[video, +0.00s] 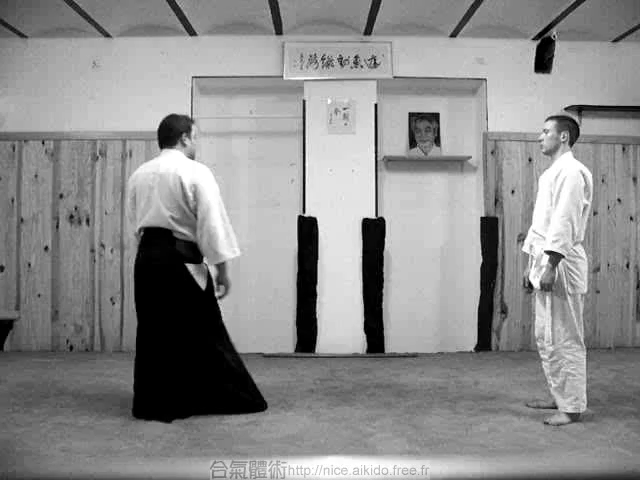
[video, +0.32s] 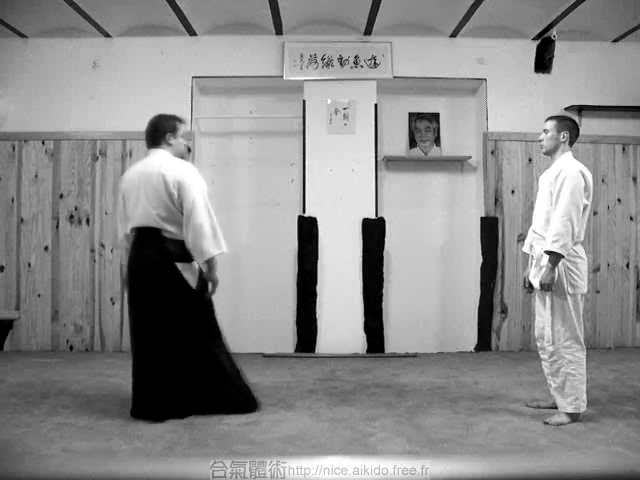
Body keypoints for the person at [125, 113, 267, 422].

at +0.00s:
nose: (196, 142)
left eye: (195, 136)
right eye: (194, 137)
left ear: (161, 140)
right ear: (185, 138)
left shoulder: (138, 174)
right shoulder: (195, 173)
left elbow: (136, 223)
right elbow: (212, 226)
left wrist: (151, 250)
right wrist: (221, 270)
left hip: (146, 259)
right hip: (182, 260)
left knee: (152, 332)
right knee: (203, 330)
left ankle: (152, 401)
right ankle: (240, 396)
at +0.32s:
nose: (188, 145)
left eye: (188, 139)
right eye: (184, 139)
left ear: (154, 140)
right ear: (169, 139)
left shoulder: (130, 174)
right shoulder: (182, 171)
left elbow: (126, 227)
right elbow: (199, 225)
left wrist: (130, 265)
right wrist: (210, 269)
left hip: (139, 260)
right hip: (173, 260)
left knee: (148, 334)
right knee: (195, 331)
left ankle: (151, 402)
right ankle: (231, 397)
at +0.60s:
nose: (184, 143)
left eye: (183, 136)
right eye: (181, 137)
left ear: (152, 140)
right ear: (166, 139)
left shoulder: (128, 174)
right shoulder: (178, 170)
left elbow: (126, 227)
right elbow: (213, 211)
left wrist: (136, 254)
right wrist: (244, 248)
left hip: (141, 257)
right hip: (175, 257)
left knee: (148, 331)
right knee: (195, 329)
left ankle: (151, 402)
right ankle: (226, 397)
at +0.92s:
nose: (197, 141)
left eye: (196, 135)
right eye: (193, 136)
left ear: (165, 139)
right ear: (181, 138)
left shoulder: (141, 172)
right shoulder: (192, 170)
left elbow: (140, 217)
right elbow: (233, 195)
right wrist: (278, 210)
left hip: (152, 255)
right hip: (186, 257)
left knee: (159, 331)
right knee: (204, 329)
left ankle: (154, 402)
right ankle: (223, 398)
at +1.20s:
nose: (213, 142)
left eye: (213, 136)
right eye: (211, 137)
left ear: (181, 139)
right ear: (199, 138)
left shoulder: (152, 172)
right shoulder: (208, 170)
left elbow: (144, 227)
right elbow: (254, 194)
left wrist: (152, 256)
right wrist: (304, 207)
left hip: (163, 259)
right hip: (200, 261)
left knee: (164, 331)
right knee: (213, 331)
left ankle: (157, 402)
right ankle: (221, 399)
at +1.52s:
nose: (228, 142)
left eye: (228, 136)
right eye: (226, 136)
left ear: (196, 138)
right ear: (213, 137)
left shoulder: (165, 168)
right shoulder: (222, 169)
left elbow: (158, 213)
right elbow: (267, 191)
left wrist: (171, 241)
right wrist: (317, 205)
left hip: (170, 253)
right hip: (205, 256)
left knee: (169, 327)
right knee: (215, 328)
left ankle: (161, 400)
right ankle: (220, 398)